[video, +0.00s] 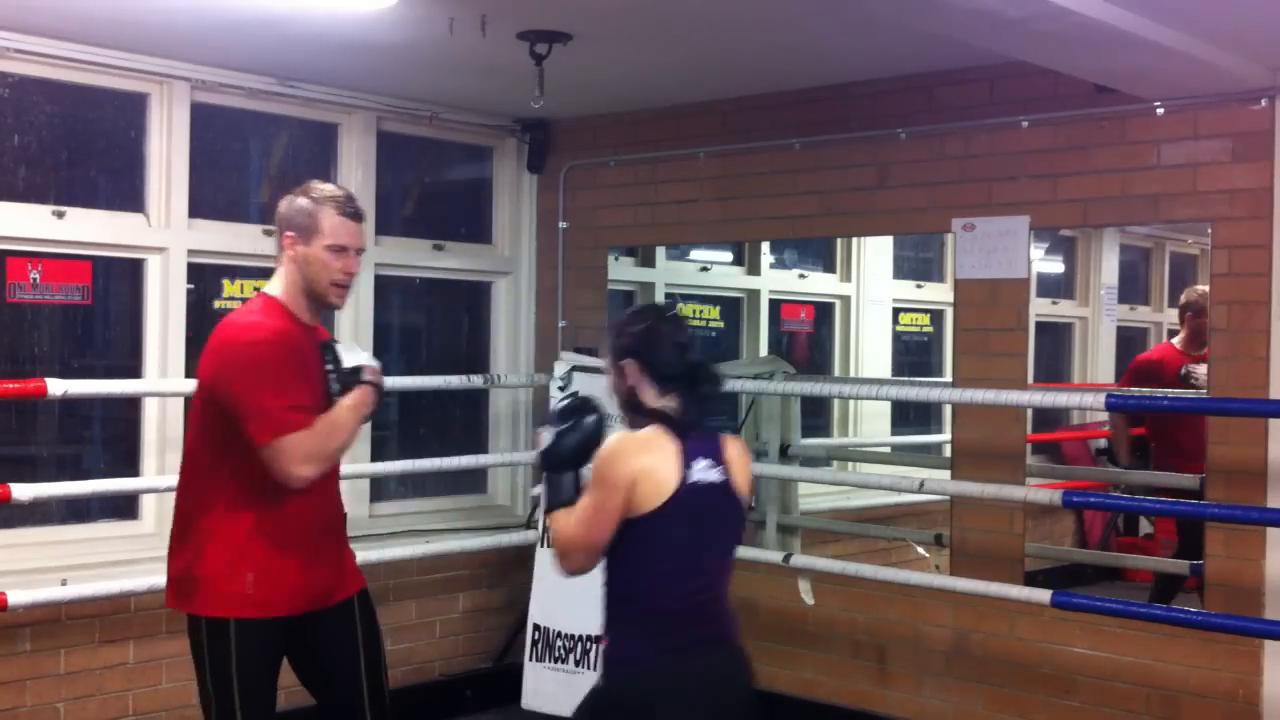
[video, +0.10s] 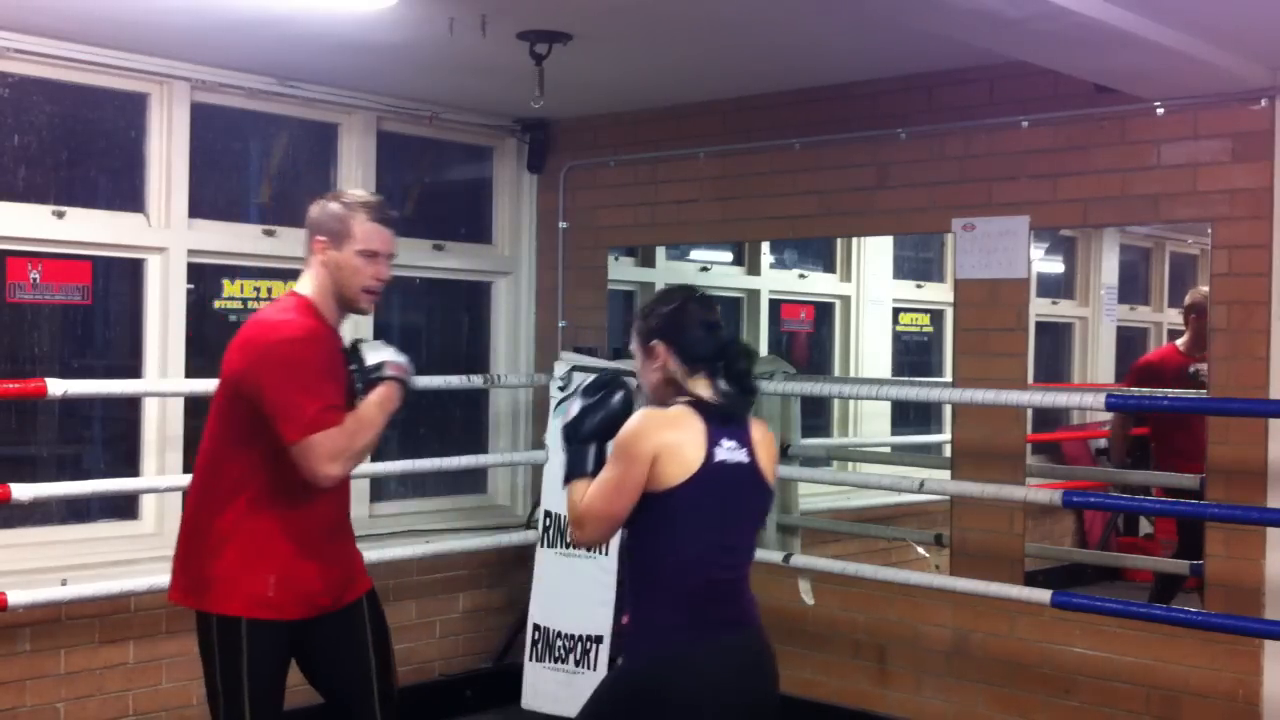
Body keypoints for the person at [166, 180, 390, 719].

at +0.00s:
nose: (352, 268)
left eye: (357, 254)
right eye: (337, 250)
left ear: (360, 253)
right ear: (291, 247)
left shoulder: (317, 338)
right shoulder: (248, 336)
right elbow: (296, 462)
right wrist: (363, 396)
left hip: (323, 580)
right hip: (239, 593)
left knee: (365, 704)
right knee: (240, 713)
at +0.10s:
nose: (383, 274)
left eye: (388, 260)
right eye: (369, 256)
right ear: (321, 250)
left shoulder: (324, 335)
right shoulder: (281, 333)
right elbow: (326, 459)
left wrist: (360, 392)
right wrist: (392, 386)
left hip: (326, 576)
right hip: (249, 587)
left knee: (373, 702)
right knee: (247, 711)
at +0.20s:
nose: (417, 281)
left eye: (423, 267)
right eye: (404, 262)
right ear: (357, 257)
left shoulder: (350, 333)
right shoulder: (310, 332)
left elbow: (336, 444)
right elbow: (333, 457)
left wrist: (393, 395)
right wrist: (415, 384)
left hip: (337, 573)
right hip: (259, 580)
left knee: (386, 704)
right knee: (250, 712)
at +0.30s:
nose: (448, 282)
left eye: (454, 269)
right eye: (435, 264)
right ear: (390, 258)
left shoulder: (392, 345)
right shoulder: (314, 332)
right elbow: (316, 448)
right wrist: (413, 377)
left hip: (359, 570)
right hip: (272, 574)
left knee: (398, 704)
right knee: (252, 711)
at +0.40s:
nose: (462, 280)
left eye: (469, 266)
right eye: (448, 261)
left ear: (473, 266)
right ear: (403, 254)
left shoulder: (446, 361)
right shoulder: (314, 323)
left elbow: (394, 455)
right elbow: (278, 437)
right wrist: (375, 359)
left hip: (374, 571)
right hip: (277, 565)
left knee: (401, 708)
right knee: (250, 710)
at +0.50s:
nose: (460, 278)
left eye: (467, 263)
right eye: (446, 259)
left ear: (471, 262)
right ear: (400, 250)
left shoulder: (467, 363)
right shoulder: (308, 316)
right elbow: (240, 425)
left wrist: (542, 483)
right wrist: (324, 356)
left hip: (380, 582)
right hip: (276, 569)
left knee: (399, 710)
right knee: (247, 712)